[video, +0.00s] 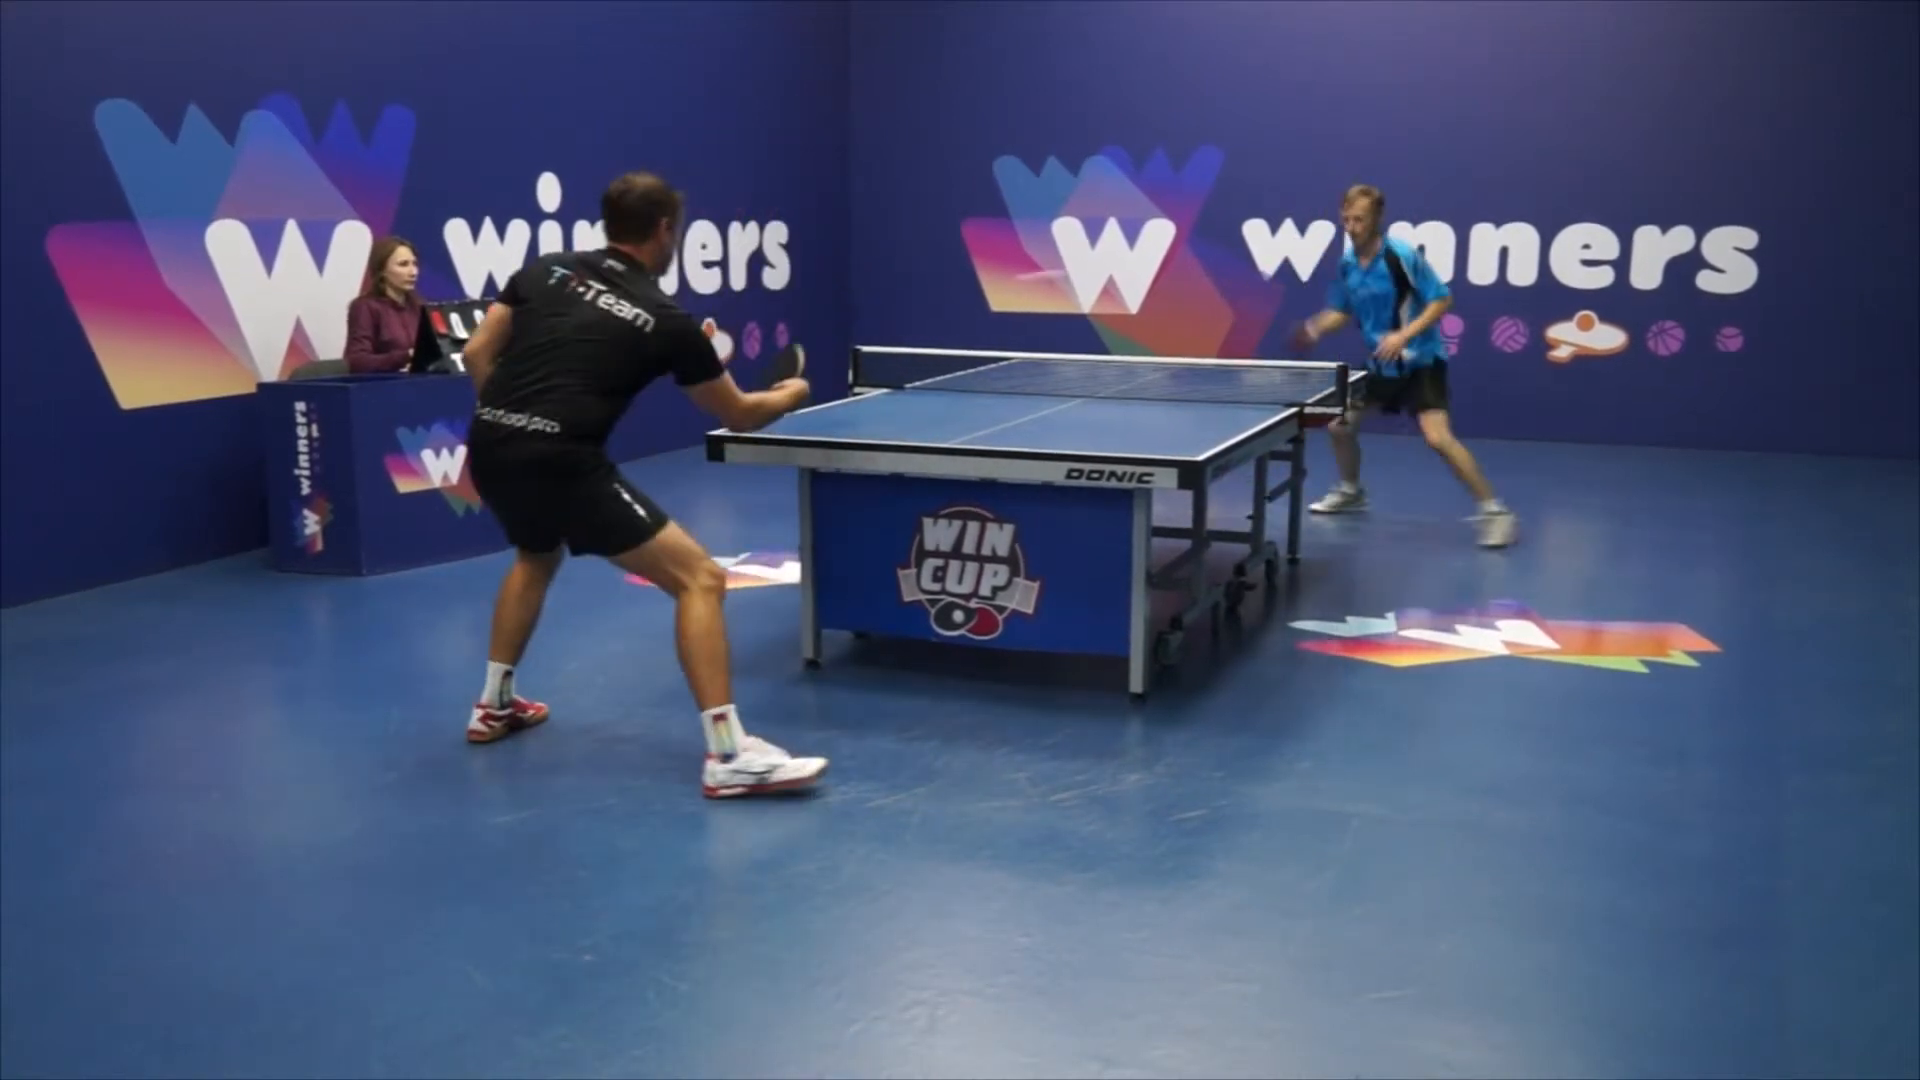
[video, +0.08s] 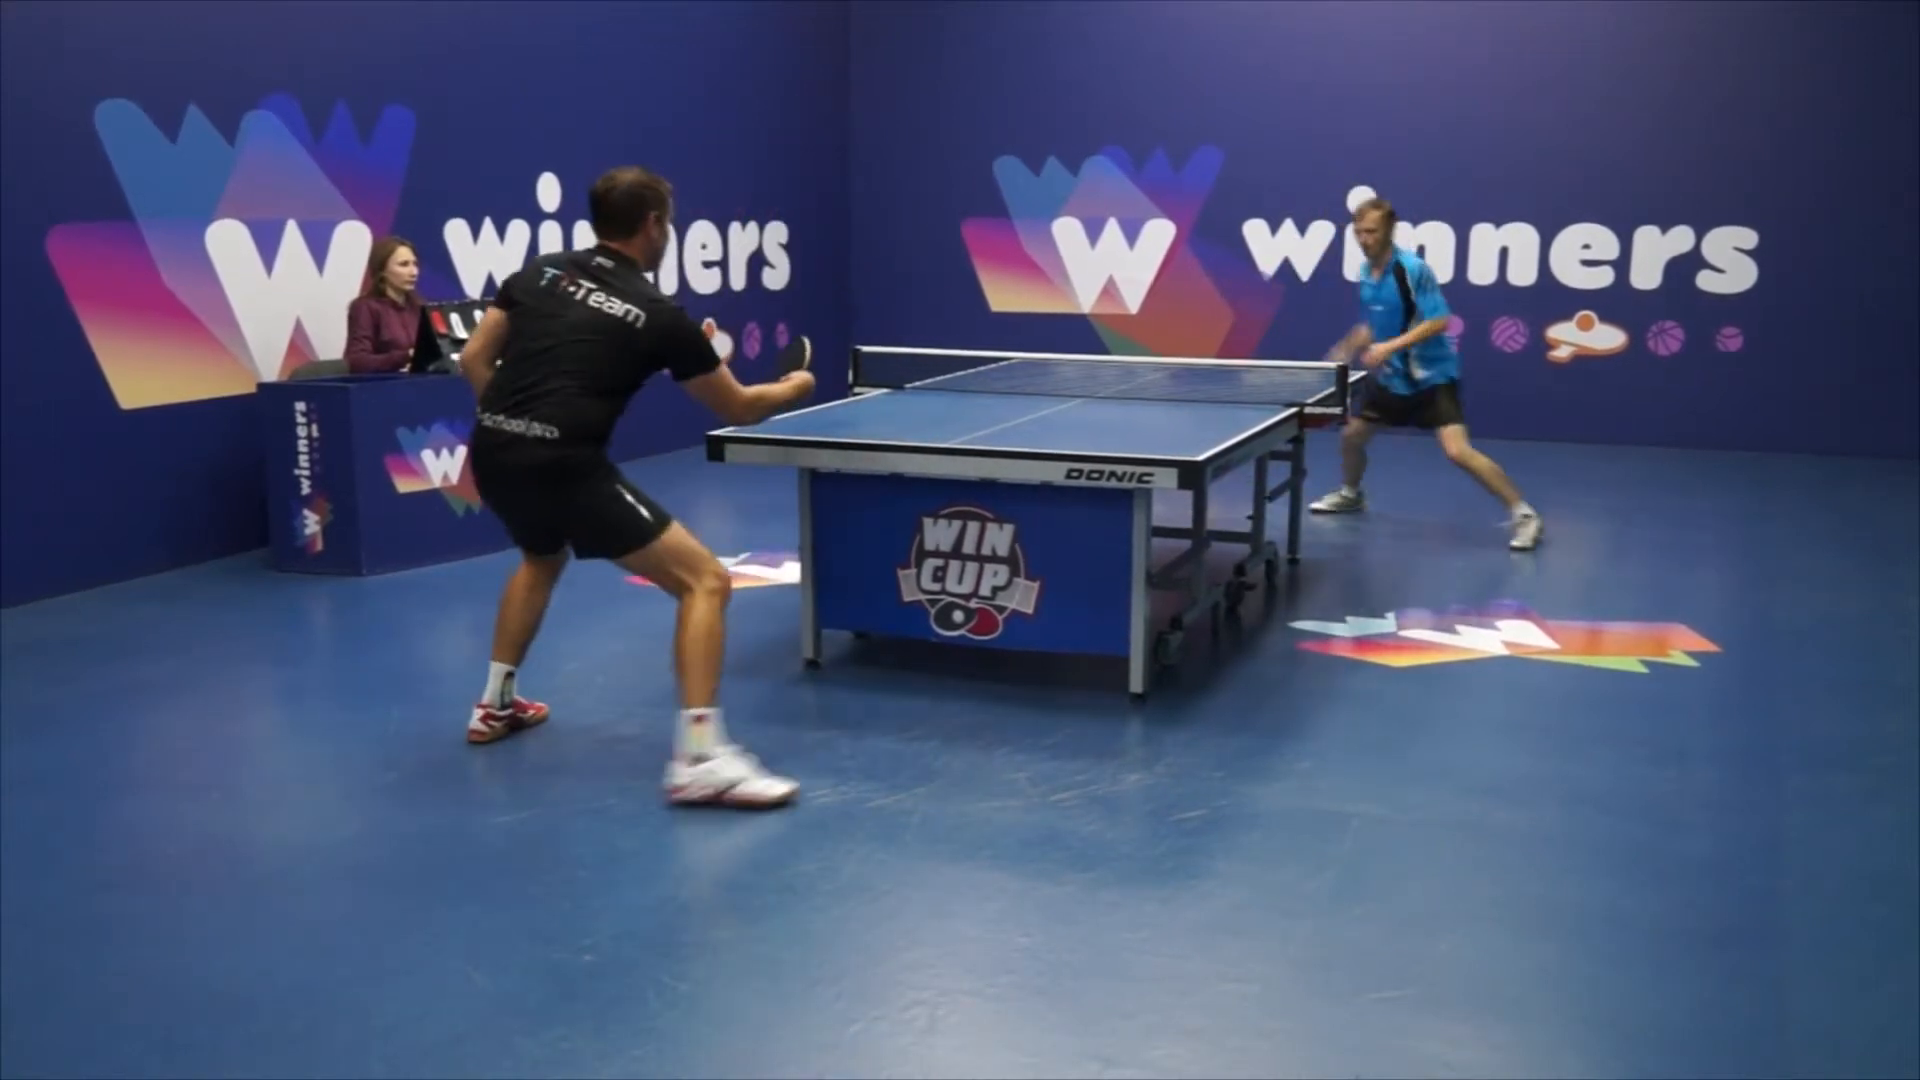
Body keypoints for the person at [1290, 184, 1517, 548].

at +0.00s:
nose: (1351, 225)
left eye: (1359, 219)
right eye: (1348, 218)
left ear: (1377, 221)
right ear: (1343, 219)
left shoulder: (1402, 255)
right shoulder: (1348, 262)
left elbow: (1441, 300)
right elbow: (1341, 311)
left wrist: (1404, 335)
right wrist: (1315, 327)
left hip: (1422, 362)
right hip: (1382, 364)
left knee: (1438, 436)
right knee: (1340, 426)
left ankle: (1493, 510)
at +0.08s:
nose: (1364, 239)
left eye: (1372, 231)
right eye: (1360, 231)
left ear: (1390, 232)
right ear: (1355, 233)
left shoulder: (1414, 269)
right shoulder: (1367, 275)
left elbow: (1438, 321)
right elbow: (1373, 323)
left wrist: (1388, 346)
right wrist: (1346, 348)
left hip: (1433, 378)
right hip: (1391, 377)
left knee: (1457, 451)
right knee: (1352, 435)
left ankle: (1523, 514)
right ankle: (1350, 493)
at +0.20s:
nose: (1385, 247)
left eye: (1392, 240)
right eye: (1381, 240)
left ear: (1410, 240)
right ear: (1378, 240)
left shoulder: (1419, 271)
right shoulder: (1403, 271)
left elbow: (1398, 332)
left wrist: (1378, 327)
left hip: (1472, 375)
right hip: (1440, 378)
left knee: (1472, 460)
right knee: (1389, 434)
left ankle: (1546, 513)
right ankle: (1386, 496)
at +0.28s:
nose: (1403, 251)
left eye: (1409, 244)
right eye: (1399, 244)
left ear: (1427, 243)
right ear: (1396, 245)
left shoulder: (1431, 273)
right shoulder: (1447, 272)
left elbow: (1390, 325)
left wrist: (1392, 329)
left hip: (1485, 383)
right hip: (1458, 383)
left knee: (1470, 468)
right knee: (1407, 437)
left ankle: (1549, 516)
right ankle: (1404, 500)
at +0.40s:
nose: (1438, 234)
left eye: (1444, 226)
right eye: (1436, 226)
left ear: (1465, 225)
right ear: (1450, 226)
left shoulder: (1472, 255)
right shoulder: (1463, 257)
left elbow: (1448, 298)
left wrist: (1427, 336)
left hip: (1496, 375)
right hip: (1475, 374)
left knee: (1476, 466)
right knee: (1443, 434)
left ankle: (1550, 517)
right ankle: (1415, 496)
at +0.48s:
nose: (1466, 219)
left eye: (1471, 209)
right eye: (1463, 212)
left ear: (1495, 203)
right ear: (1472, 212)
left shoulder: (1522, 234)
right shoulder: (1480, 250)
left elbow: (1518, 262)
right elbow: (1475, 309)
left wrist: (1463, 268)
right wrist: (1440, 291)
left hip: (1509, 360)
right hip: (1476, 357)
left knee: (1494, 449)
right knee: (1457, 430)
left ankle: (1554, 521)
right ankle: (1455, 492)